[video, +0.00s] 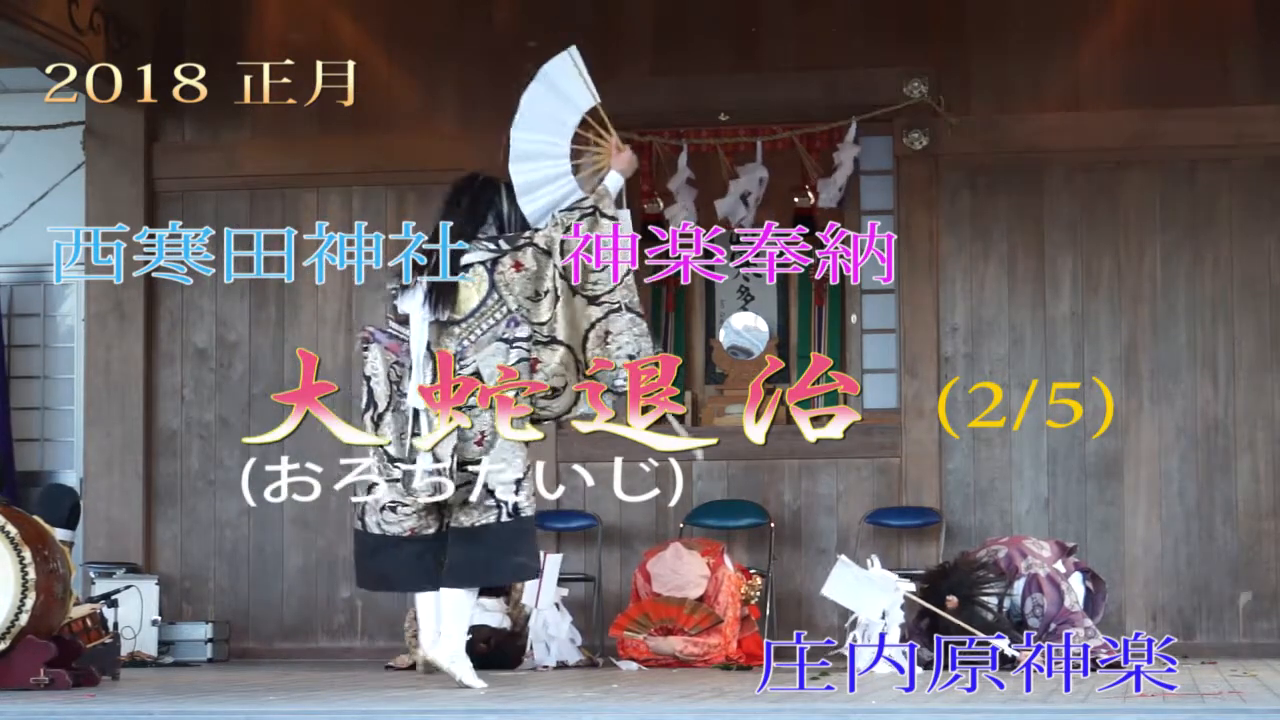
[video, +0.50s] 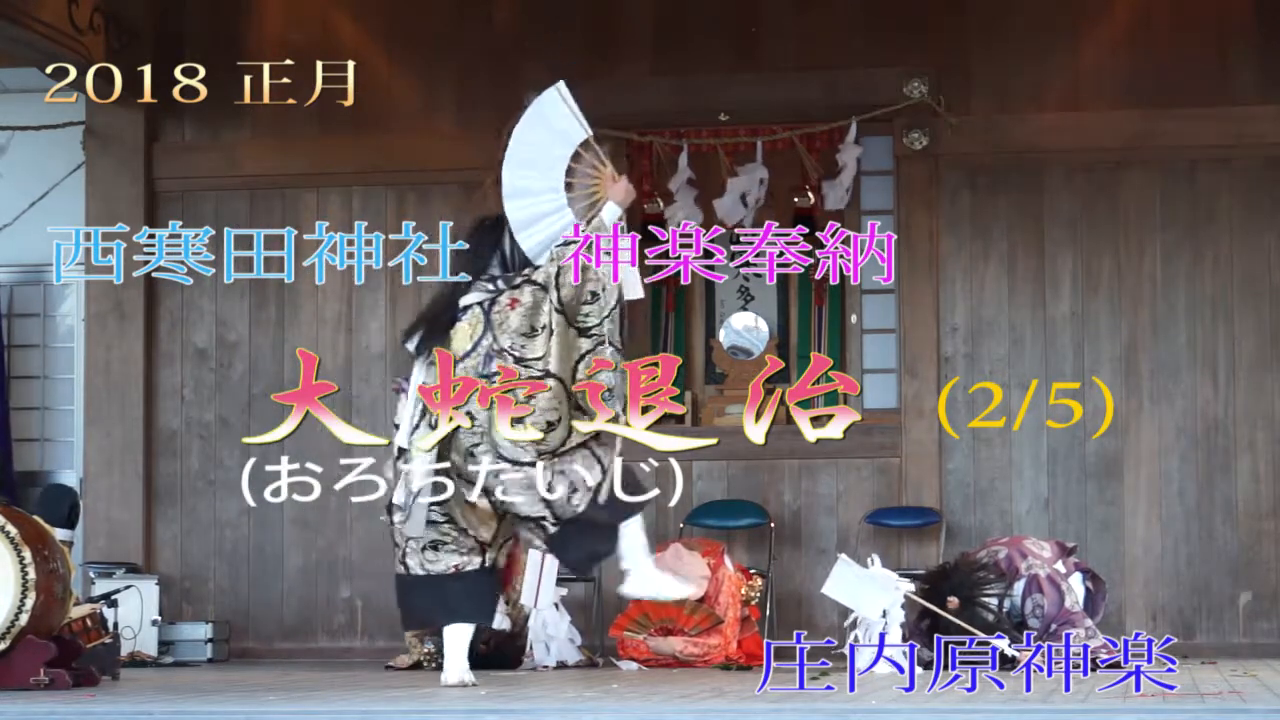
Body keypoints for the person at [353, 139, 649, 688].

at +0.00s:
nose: (513, 217)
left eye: (506, 208)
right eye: (508, 207)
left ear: (451, 216)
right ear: (503, 215)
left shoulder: (427, 272)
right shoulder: (508, 266)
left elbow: (389, 345)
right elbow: (567, 235)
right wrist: (614, 179)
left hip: (423, 409)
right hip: (482, 410)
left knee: (429, 518)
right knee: (472, 520)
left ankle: (433, 638)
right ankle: (450, 641)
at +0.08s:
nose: (513, 226)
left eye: (509, 216)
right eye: (509, 217)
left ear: (453, 222)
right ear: (502, 222)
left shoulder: (426, 282)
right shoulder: (506, 274)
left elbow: (396, 355)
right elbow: (564, 237)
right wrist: (616, 185)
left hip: (427, 417)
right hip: (477, 420)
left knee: (448, 535)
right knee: (470, 534)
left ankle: (445, 644)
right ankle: (450, 647)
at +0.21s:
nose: (509, 232)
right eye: (505, 221)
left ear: (446, 232)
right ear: (500, 230)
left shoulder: (418, 296)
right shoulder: (511, 281)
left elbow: (392, 384)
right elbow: (568, 248)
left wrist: (395, 435)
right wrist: (613, 197)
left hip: (425, 440)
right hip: (486, 435)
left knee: (440, 553)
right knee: (509, 548)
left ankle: (452, 664)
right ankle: (478, 639)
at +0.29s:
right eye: (505, 230)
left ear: (447, 244)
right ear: (503, 238)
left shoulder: (423, 306)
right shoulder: (523, 284)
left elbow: (397, 391)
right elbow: (575, 257)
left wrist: (398, 440)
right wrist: (612, 204)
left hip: (431, 442)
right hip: (502, 432)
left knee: (442, 554)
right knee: (529, 528)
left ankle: (453, 662)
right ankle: (525, 614)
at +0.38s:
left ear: (455, 252)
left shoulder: (430, 311)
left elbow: (398, 402)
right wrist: (609, 212)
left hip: (430, 456)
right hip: (496, 452)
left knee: (452, 560)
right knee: (585, 507)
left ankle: (454, 661)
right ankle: (576, 592)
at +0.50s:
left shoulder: (468, 307)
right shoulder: (549, 282)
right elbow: (581, 263)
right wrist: (612, 209)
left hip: (452, 457)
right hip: (514, 454)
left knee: (465, 550)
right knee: (616, 470)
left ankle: (454, 661)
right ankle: (640, 570)